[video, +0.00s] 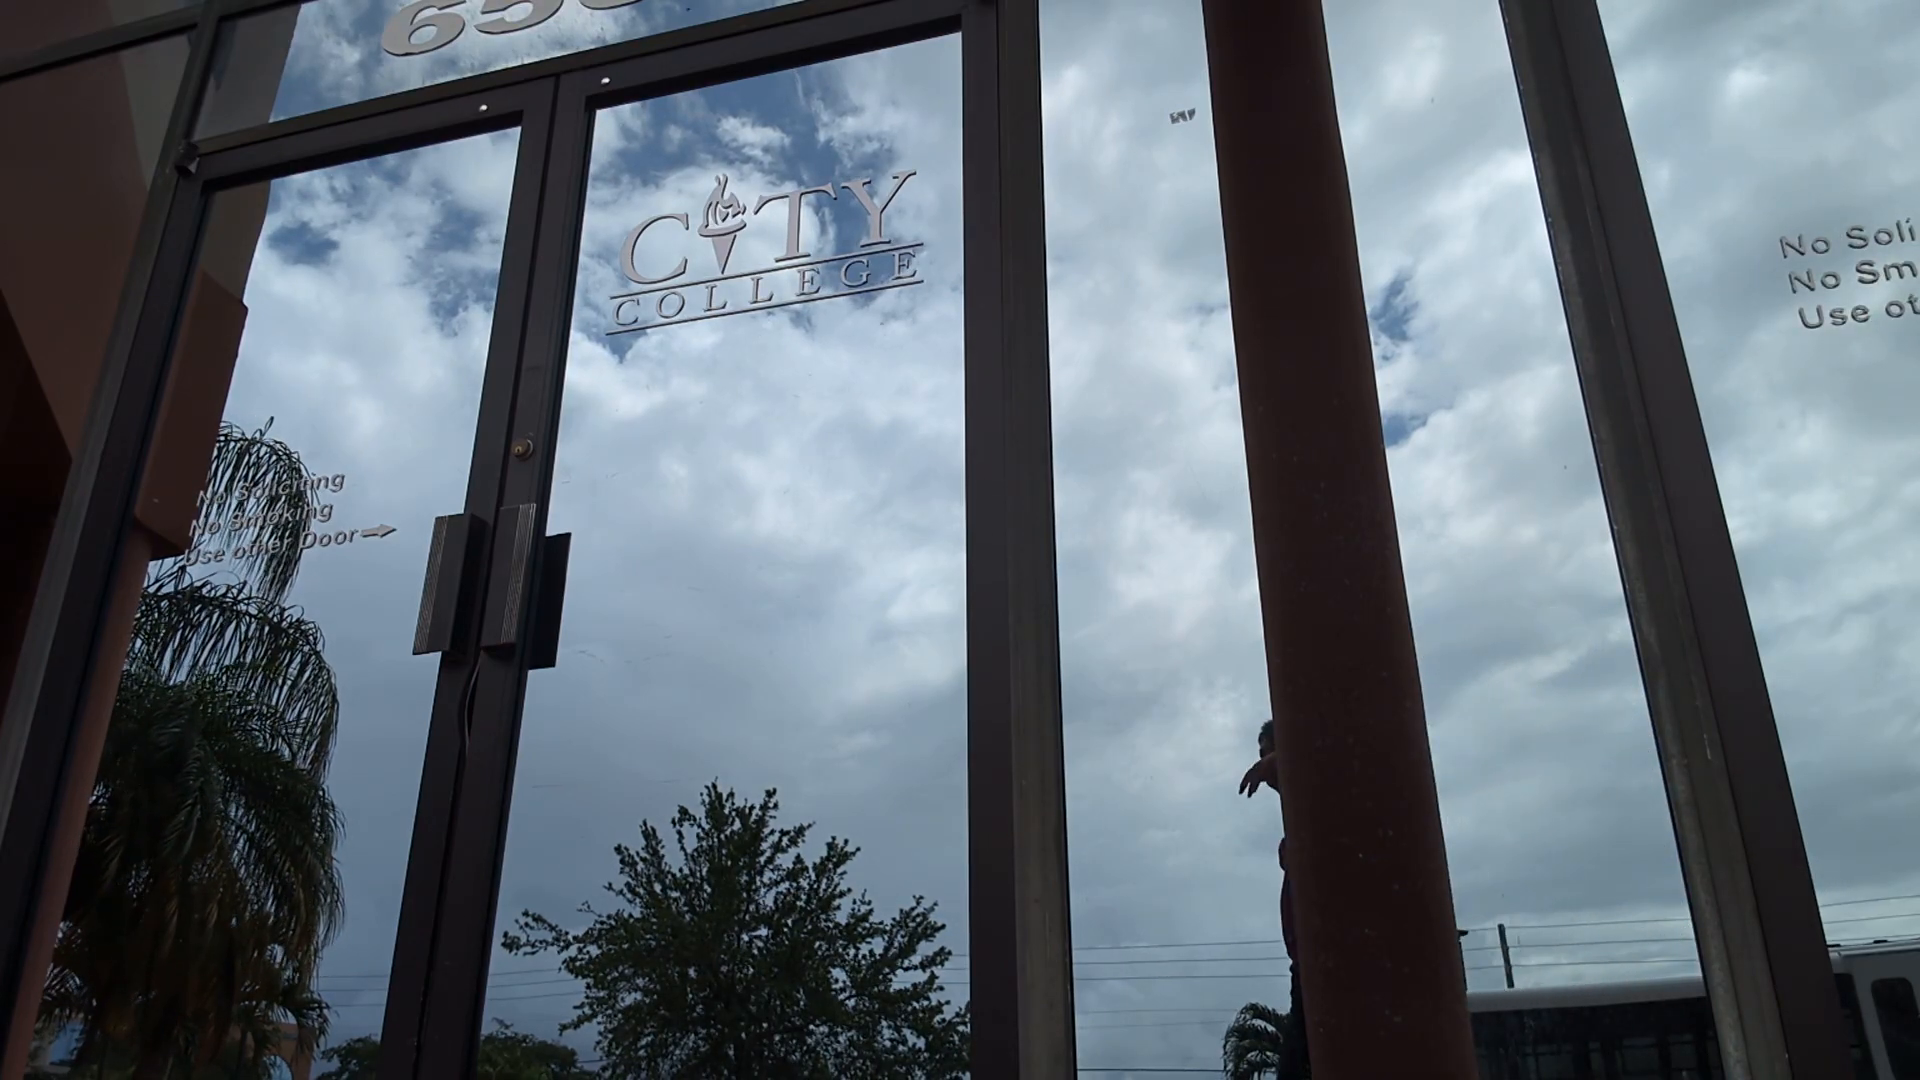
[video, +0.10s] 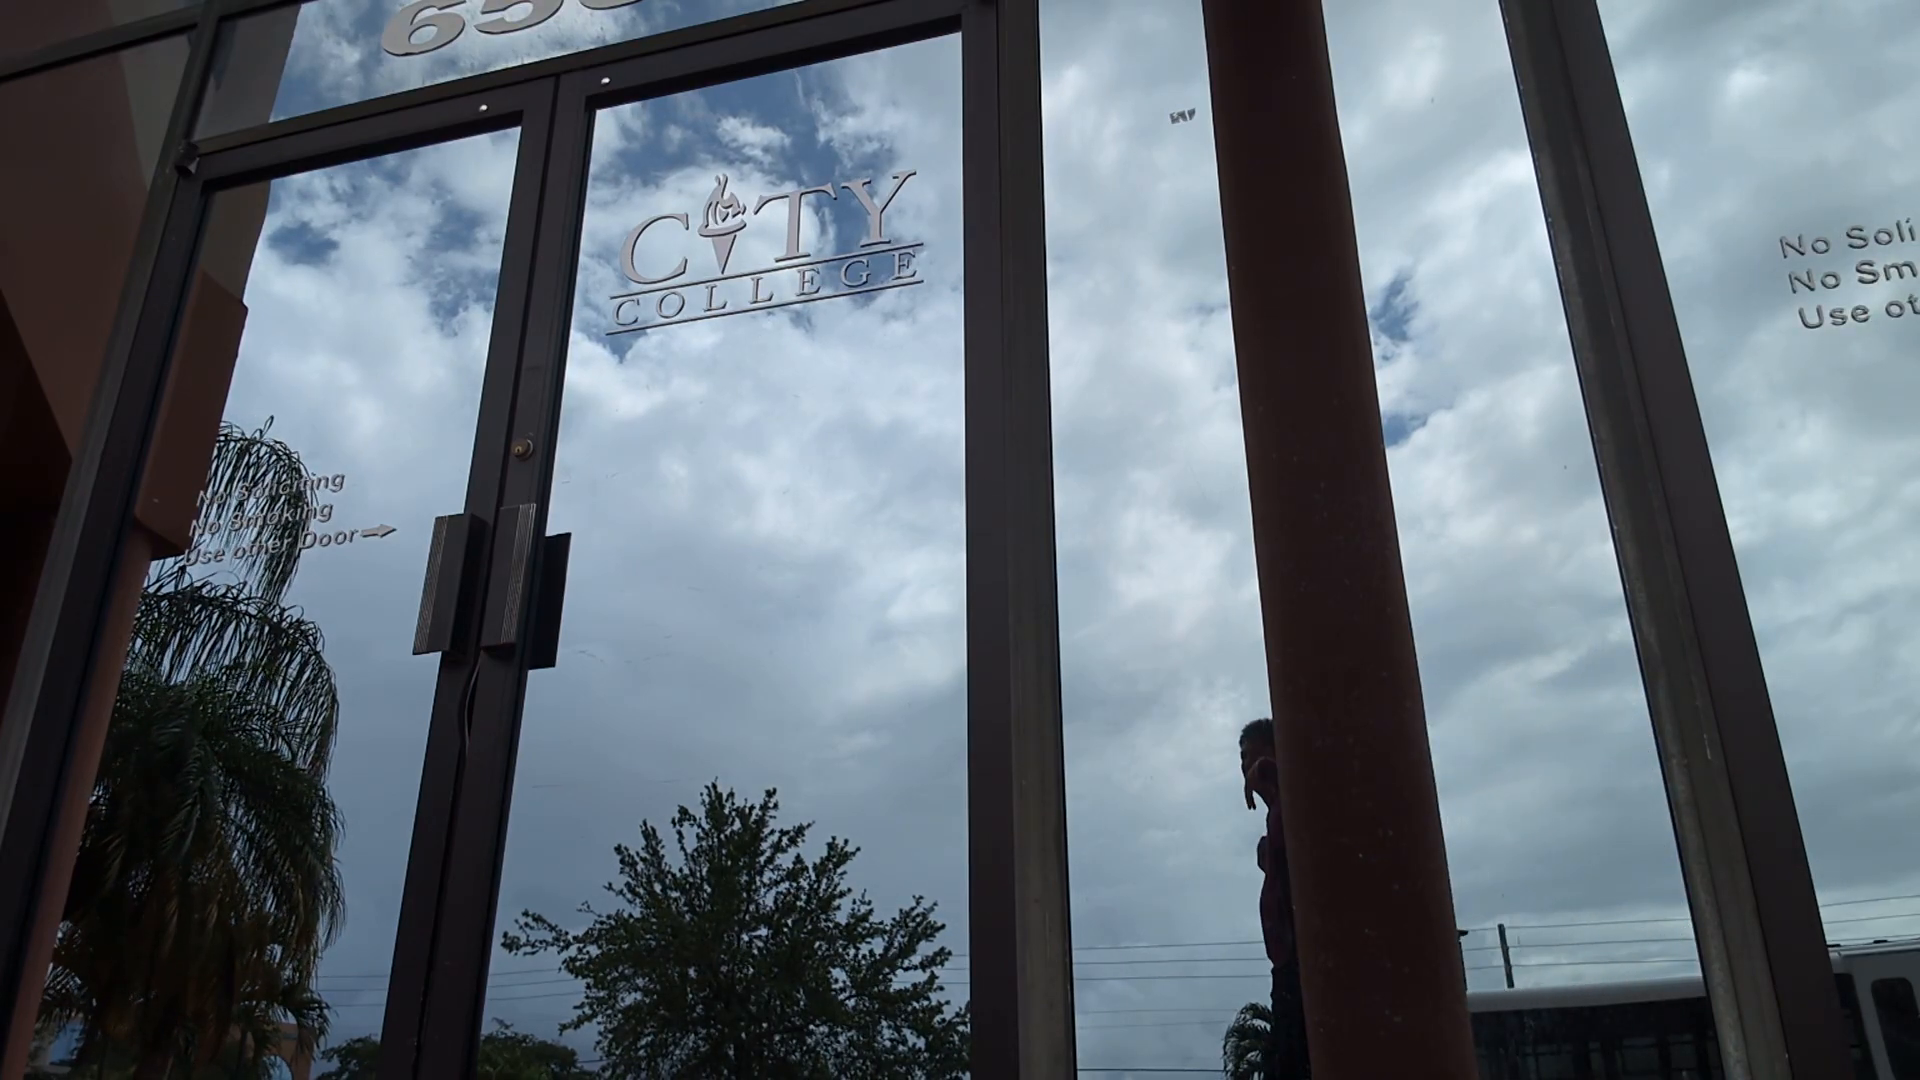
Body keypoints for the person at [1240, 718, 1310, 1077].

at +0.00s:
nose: (1262, 760)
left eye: (1266, 751)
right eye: (1261, 752)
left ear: (1283, 749)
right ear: (1269, 754)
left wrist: (1269, 768)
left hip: (1313, 962)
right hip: (1303, 961)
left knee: (1298, 1055)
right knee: (1297, 1054)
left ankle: (1295, 1068)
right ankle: (1293, 1067)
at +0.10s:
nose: (1246, 768)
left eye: (1254, 756)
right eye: (1244, 758)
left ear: (1276, 757)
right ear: (1246, 764)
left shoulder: (1290, 809)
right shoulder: (1275, 816)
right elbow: (1269, 861)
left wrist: (1272, 788)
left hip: (1299, 965)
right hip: (1283, 965)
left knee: (1293, 1058)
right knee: (1285, 1058)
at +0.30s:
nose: (1203, 766)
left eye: (1210, 756)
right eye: (1201, 758)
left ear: (1237, 757)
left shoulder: (1263, 798)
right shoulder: (1234, 813)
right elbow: (1235, 886)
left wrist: (1217, 857)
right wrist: (1214, 861)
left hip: (1267, 959)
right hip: (1240, 961)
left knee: (1259, 1061)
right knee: (1243, 1061)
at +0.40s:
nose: (1180, 766)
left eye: (1187, 755)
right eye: (1179, 758)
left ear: (1216, 756)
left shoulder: (1237, 796)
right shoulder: (1210, 817)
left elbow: (1286, 804)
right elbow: (1215, 881)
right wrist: (1187, 864)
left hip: (1250, 962)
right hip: (1225, 962)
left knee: (1235, 1065)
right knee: (1227, 1064)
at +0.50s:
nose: (1164, 765)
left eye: (1174, 755)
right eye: (1161, 757)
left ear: (1202, 758)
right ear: (1158, 763)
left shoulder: (1223, 801)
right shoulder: (1184, 821)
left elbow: (1282, 808)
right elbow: (1193, 887)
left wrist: (1222, 786)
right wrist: (1162, 868)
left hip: (1236, 967)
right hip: (1208, 967)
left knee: (1185, 1066)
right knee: (1231, 1069)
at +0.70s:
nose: (1128, 766)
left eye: (1138, 756)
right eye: (1124, 757)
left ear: (1164, 759)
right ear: (1121, 763)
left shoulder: (1191, 800)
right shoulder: (1139, 822)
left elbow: (1259, 819)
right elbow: (1142, 890)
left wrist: (1200, 801)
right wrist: (1116, 862)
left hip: (1207, 971)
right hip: (1169, 973)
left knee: (1147, 1066)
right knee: (1210, 1072)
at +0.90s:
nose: (1093, 756)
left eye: (1103, 747)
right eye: (1088, 748)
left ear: (1127, 752)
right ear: (1084, 754)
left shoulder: (1155, 793)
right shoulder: (1095, 815)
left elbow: (1221, 821)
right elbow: (1099, 883)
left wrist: (1163, 802)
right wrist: (1073, 854)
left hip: (1167, 958)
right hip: (1125, 960)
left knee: (1121, 1061)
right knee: (1154, 1062)